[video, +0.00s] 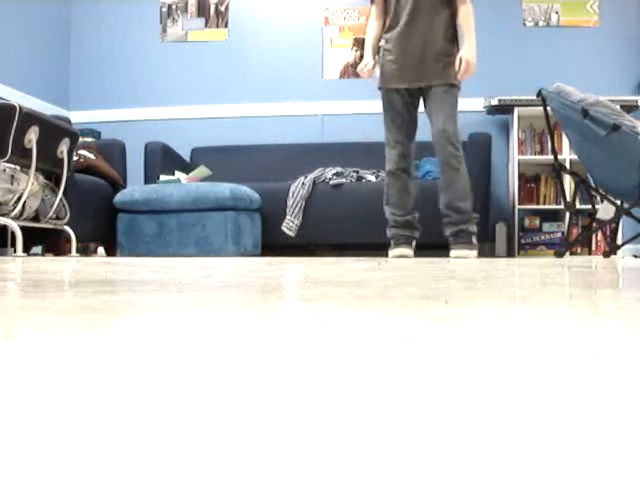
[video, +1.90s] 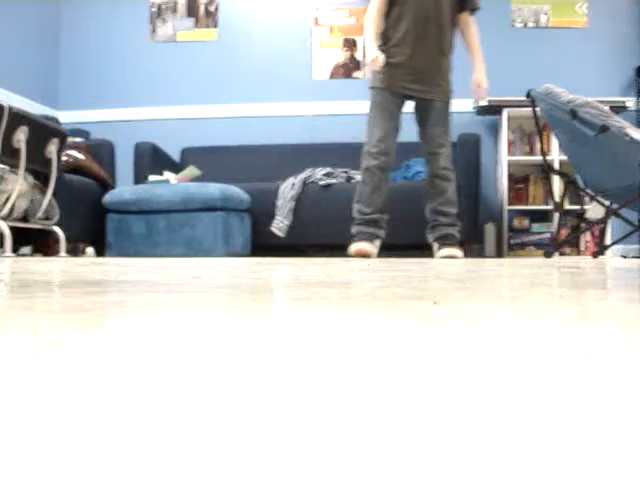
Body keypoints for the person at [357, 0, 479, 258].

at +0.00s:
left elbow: (463, 5)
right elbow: (378, 11)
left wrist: (468, 47)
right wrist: (368, 54)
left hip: (442, 60)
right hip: (395, 62)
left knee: (448, 147)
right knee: (396, 157)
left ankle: (461, 236)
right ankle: (401, 237)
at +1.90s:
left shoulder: (457, 2)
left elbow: (466, 20)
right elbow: (375, 11)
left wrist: (479, 69)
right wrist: (372, 49)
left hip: (435, 74)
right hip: (390, 70)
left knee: (440, 159)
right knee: (377, 154)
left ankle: (445, 239)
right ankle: (365, 236)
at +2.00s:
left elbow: (437, 15)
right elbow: (349, 12)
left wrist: (451, 62)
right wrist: (348, 51)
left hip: (410, 72)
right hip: (365, 69)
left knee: (419, 157)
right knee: (355, 154)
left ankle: (431, 238)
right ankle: (348, 238)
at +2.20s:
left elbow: (409, 7)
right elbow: (324, 16)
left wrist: (422, 46)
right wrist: (319, 60)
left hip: (389, 67)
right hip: (344, 68)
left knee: (401, 151)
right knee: (342, 156)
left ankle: (412, 234)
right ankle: (344, 237)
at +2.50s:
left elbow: (399, 4)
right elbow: (305, 24)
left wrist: (415, 35)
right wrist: (282, 64)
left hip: (373, 60)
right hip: (328, 64)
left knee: (372, 143)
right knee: (331, 154)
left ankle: (385, 235)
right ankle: (337, 236)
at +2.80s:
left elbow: (400, 3)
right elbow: (310, 8)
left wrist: (382, 25)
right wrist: (297, 39)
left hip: (380, 56)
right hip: (332, 59)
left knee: (401, 146)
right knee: (334, 155)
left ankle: (414, 233)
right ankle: (337, 237)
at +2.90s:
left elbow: (411, 1)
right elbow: (307, 8)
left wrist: (376, 27)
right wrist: (326, 30)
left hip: (386, 58)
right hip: (337, 60)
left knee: (400, 150)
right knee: (337, 154)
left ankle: (412, 235)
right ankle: (338, 237)